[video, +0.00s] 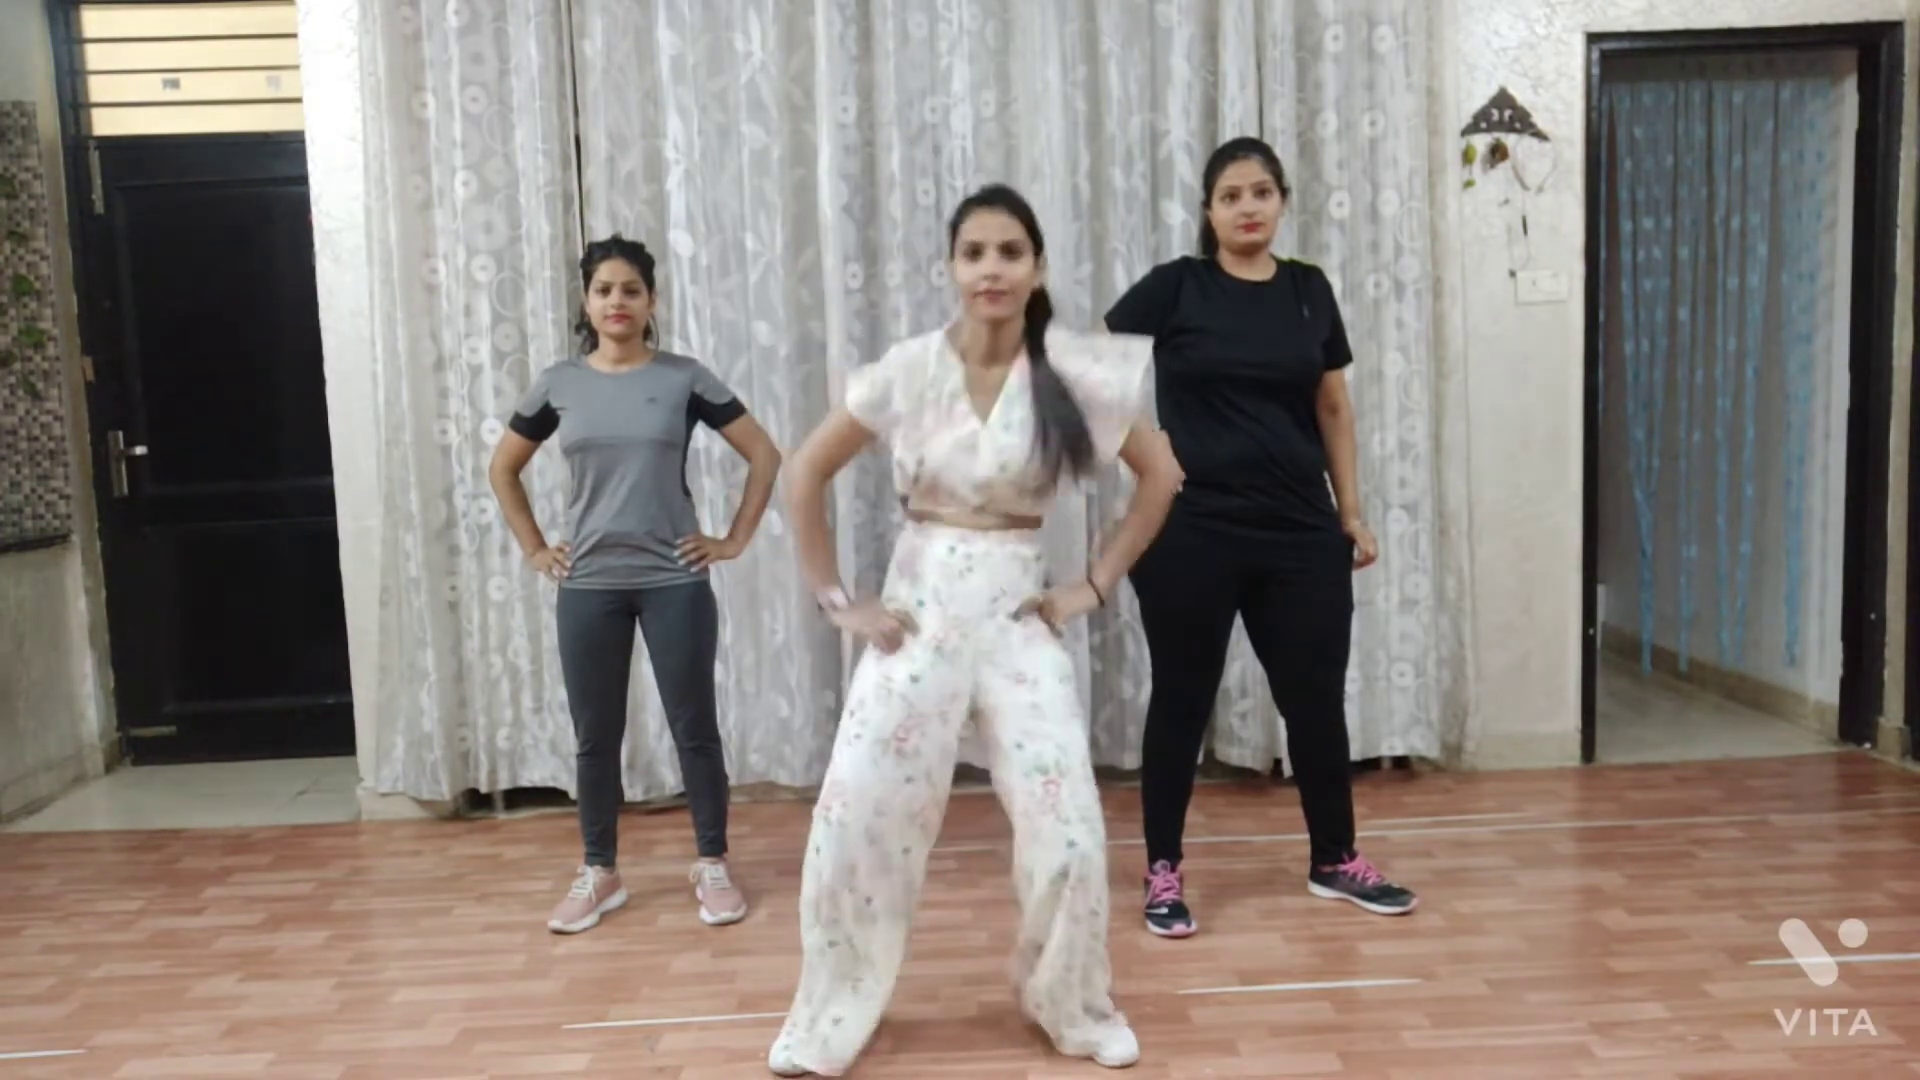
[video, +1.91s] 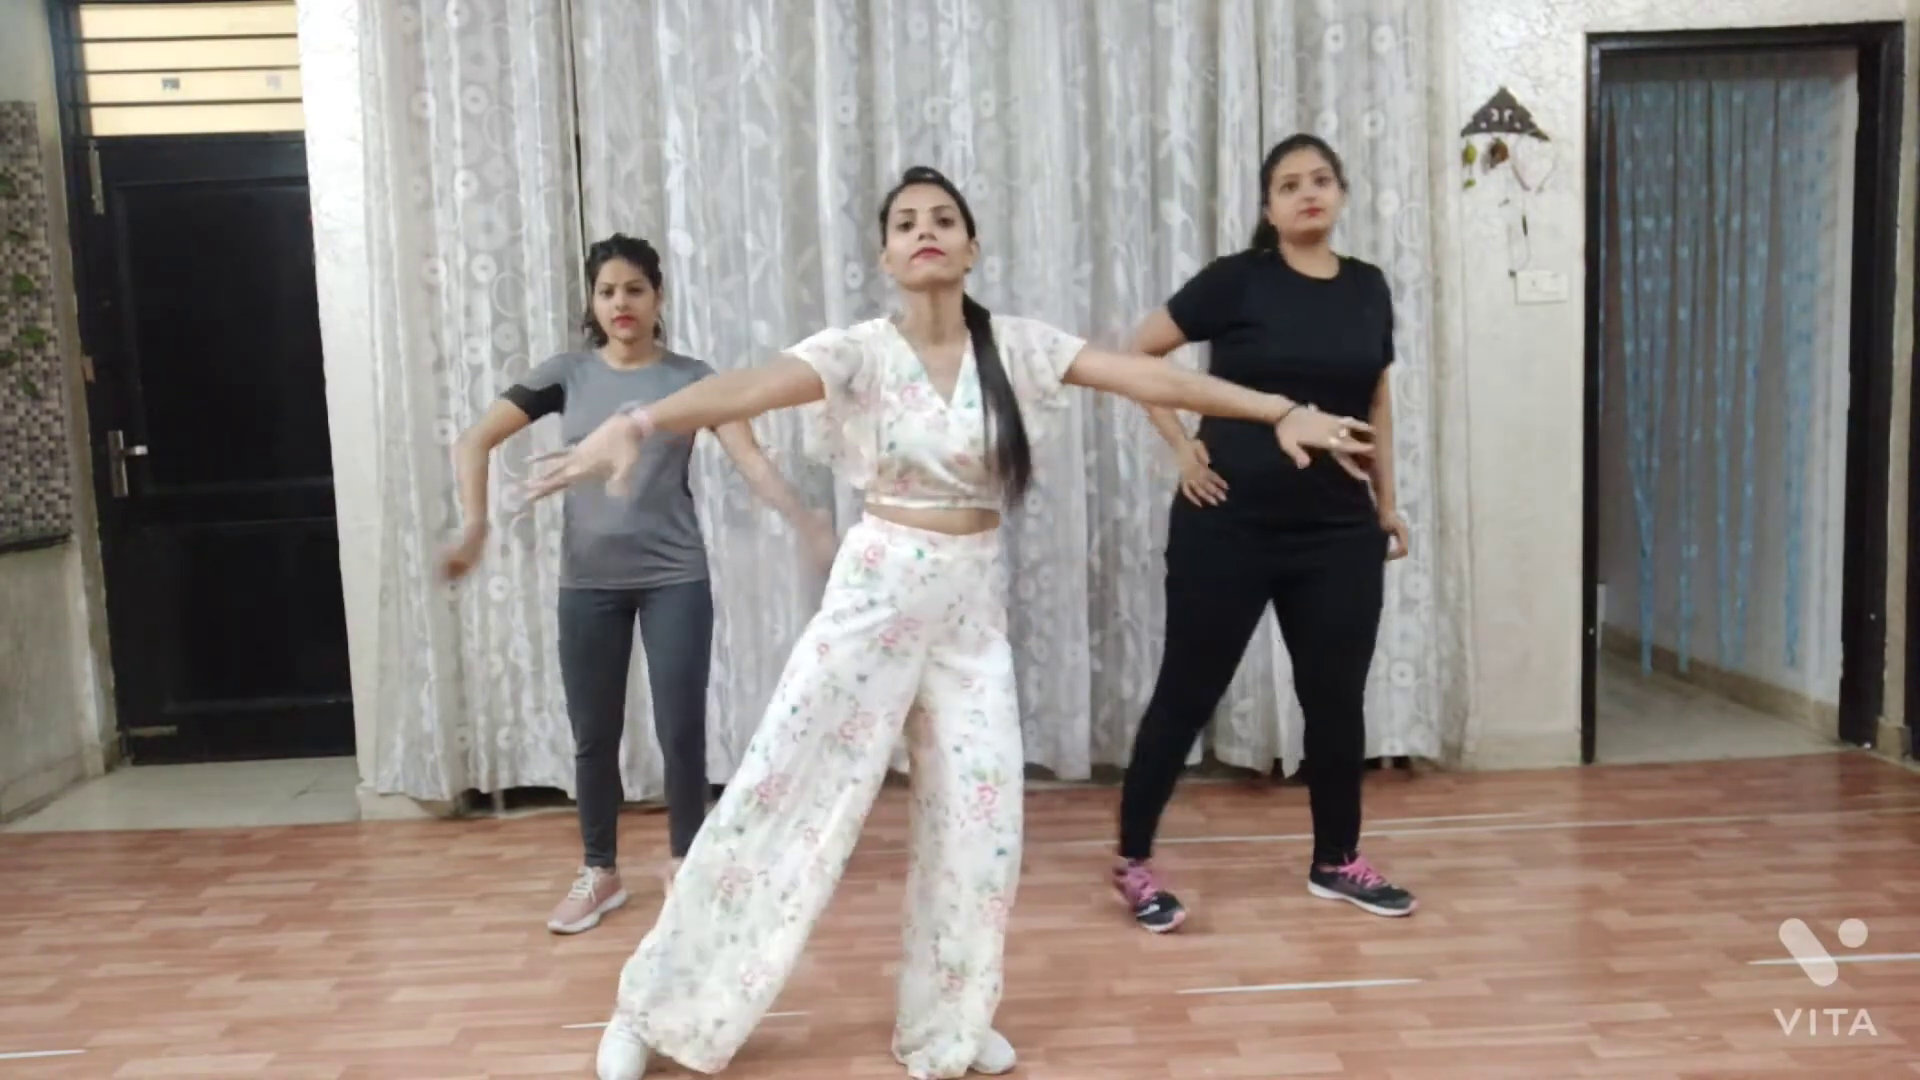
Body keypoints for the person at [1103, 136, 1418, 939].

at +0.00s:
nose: (1248, 207)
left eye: (1261, 193)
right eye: (1232, 195)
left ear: (1283, 203)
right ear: (1208, 207)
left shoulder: (1308, 290)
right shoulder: (1172, 288)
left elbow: (1335, 409)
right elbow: (1092, 368)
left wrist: (1350, 513)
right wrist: (1141, 452)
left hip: (1299, 532)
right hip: (1191, 530)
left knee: (1317, 703)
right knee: (1179, 704)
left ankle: (1335, 861)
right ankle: (1164, 871)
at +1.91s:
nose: (1309, 195)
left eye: (1321, 182)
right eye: (1291, 186)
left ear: (1342, 195)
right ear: (1268, 204)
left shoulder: (1368, 291)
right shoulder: (1233, 281)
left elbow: (1377, 402)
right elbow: (1139, 355)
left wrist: (1386, 503)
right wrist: (1183, 448)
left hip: (1337, 528)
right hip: (1231, 526)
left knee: (1338, 701)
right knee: (1186, 694)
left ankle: (1337, 861)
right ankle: (1132, 861)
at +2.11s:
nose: (1343, 190)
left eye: (1357, 180)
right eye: (1327, 181)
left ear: (1379, 204)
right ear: (1303, 206)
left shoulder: (1394, 298)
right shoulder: (1269, 283)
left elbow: (1420, 402)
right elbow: (1159, 358)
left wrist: (1450, 488)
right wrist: (1131, 462)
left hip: (1357, 527)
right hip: (1252, 522)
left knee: (1340, 695)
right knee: (1190, 689)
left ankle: (1334, 859)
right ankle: (1078, 834)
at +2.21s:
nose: (1361, 200)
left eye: (1374, 190)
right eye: (1344, 191)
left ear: (1392, 212)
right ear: (1317, 213)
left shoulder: (1405, 307)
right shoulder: (1284, 278)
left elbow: (1485, 375)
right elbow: (1176, 314)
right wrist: (1152, 404)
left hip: (1358, 528)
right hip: (1256, 520)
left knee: (1336, 692)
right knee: (1195, 689)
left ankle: (1335, 856)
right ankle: (1079, 836)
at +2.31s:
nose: (1370, 204)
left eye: (1383, 194)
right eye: (1353, 194)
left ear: (1397, 215)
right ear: (1323, 214)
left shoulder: (1412, 306)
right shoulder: (1292, 270)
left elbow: (1511, 335)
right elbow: (1229, 278)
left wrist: (1611, 349)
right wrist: (1241, 331)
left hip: (1357, 527)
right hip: (1260, 517)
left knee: (1335, 691)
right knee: (1195, 687)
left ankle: (1335, 856)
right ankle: (1077, 831)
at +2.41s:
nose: (1374, 209)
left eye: (1386, 198)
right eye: (1357, 198)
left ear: (1399, 215)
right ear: (1325, 216)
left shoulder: (1414, 301)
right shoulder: (1296, 269)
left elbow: (1521, 309)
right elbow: (1270, 255)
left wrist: (1617, 296)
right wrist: (1337, 282)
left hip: (1356, 530)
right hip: (1257, 520)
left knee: (1333, 694)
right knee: (1195, 684)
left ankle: (1335, 857)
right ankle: (1075, 831)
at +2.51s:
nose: (1379, 209)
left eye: (1393, 200)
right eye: (1363, 199)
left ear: (1413, 217)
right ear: (1333, 221)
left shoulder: (1417, 306)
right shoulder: (1311, 282)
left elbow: (1519, 299)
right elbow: (1349, 243)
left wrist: (1522, 224)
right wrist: (1467, 204)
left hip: (1356, 532)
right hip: (1259, 522)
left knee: (1330, 695)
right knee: (1188, 685)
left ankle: (1334, 857)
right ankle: (1069, 831)